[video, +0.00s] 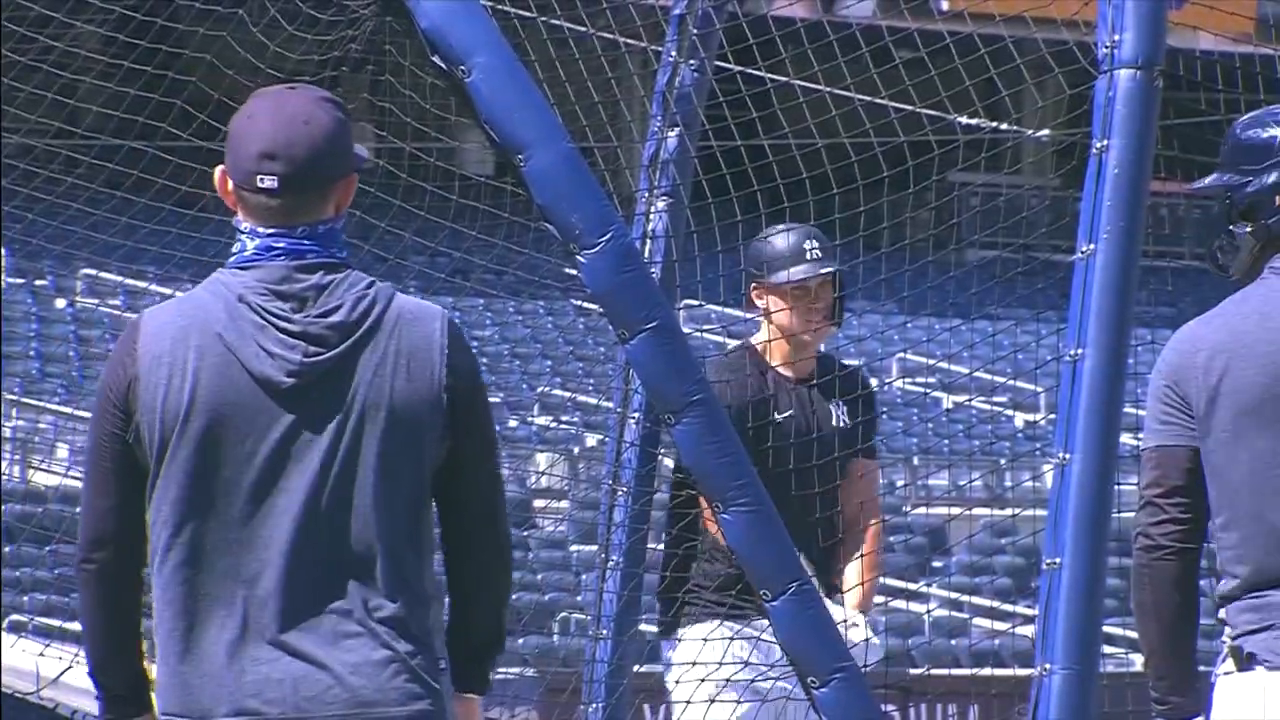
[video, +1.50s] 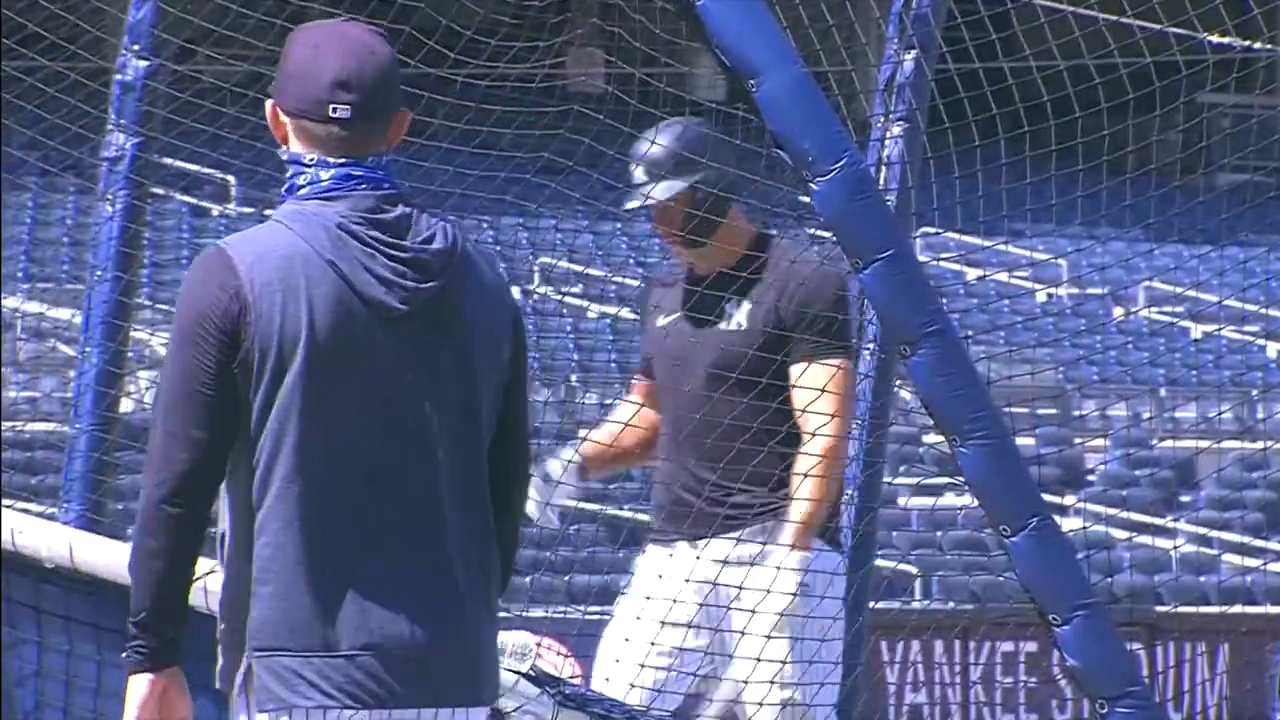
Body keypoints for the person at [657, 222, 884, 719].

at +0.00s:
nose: (819, 305)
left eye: (824, 289)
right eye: (800, 293)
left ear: (835, 289)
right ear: (759, 297)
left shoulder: (849, 388)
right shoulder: (718, 383)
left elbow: (864, 515)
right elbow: (722, 516)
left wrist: (852, 609)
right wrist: (809, 595)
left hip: (816, 624)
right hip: (722, 627)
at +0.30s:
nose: (754, 270)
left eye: (764, 255)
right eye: (737, 259)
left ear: (783, 254)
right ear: (712, 268)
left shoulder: (845, 348)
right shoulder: (686, 358)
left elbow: (866, 464)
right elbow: (670, 483)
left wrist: (846, 561)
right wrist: (754, 565)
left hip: (833, 587)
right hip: (732, 599)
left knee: (853, 712)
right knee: (749, 709)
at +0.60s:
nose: (660, 241)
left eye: (672, 224)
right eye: (651, 226)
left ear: (713, 221)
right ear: (639, 228)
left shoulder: (796, 298)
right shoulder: (641, 311)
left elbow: (828, 445)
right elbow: (624, 446)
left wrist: (835, 565)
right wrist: (622, 553)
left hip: (781, 559)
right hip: (683, 570)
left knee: (792, 708)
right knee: (706, 709)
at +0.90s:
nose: (624, 270)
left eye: (635, 252)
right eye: (612, 257)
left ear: (677, 244)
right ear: (605, 266)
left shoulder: (764, 318)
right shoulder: (615, 336)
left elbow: (830, 450)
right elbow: (593, 469)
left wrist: (883, 547)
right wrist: (561, 581)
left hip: (750, 560)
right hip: (662, 574)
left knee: (718, 706)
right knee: (705, 707)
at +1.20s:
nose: (723, 243)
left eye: (733, 225)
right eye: (716, 229)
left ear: (779, 216)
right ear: (710, 222)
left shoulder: (851, 296)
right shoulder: (725, 291)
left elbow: (912, 445)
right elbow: (721, 409)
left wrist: (949, 562)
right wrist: (710, 525)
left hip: (829, 549)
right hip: (734, 551)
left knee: (803, 706)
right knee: (730, 707)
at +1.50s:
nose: (668, 226)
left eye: (682, 207)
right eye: (655, 211)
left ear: (726, 195)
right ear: (645, 209)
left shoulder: (807, 279)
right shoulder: (665, 292)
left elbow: (826, 431)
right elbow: (648, 415)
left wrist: (791, 550)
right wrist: (575, 463)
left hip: (779, 547)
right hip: (675, 552)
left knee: (783, 708)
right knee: (617, 708)